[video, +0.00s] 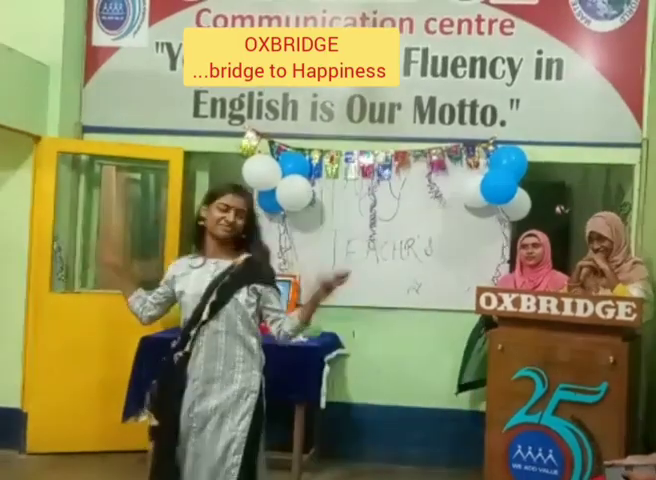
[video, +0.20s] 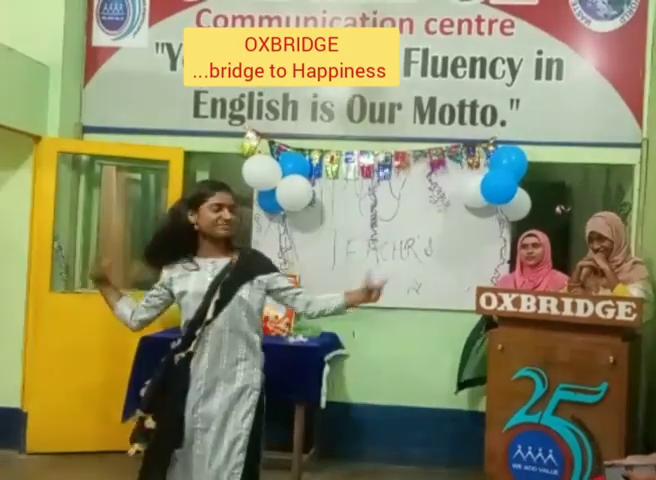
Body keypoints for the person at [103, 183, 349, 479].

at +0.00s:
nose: (230, 218)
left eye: (239, 215)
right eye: (223, 209)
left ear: (245, 225)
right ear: (204, 213)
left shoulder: (255, 270)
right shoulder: (183, 267)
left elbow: (282, 332)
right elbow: (148, 312)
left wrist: (318, 296)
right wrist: (120, 274)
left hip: (239, 387)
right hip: (193, 386)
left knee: (229, 469)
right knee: (188, 467)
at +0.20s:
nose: (227, 215)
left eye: (231, 209)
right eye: (216, 208)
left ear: (238, 216)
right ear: (194, 218)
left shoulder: (254, 265)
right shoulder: (178, 270)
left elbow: (305, 303)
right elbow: (136, 317)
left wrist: (355, 297)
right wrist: (107, 287)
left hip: (240, 387)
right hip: (191, 385)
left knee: (227, 471)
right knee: (181, 467)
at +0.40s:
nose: (219, 217)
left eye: (228, 209)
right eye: (213, 213)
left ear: (250, 215)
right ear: (209, 223)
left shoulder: (282, 269)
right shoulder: (205, 272)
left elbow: (342, 293)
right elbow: (144, 296)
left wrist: (401, 286)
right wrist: (103, 259)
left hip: (259, 389)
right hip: (209, 385)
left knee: (246, 467)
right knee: (199, 464)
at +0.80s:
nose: (239, 229)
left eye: (250, 222)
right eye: (236, 221)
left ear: (274, 227)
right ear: (231, 222)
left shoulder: (293, 278)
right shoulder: (227, 271)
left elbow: (327, 326)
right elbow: (182, 307)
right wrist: (154, 270)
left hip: (270, 384)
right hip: (224, 380)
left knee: (264, 465)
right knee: (219, 462)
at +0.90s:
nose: (240, 234)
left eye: (251, 227)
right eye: (236, 225)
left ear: (277, 229)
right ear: (231, 226)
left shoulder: (292, 281)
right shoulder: (226, 273)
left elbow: (274, 312)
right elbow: (169, 302)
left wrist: (275, 266)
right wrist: (145, 261)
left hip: (265, 390)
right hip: (220, 385)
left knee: (259, 469)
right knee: (209, 465)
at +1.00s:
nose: (234, 229)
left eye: (245, 223)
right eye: (231, 220)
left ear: (268, 229)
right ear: (225, 219)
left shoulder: (267, 273)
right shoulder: (229, 267)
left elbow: (206, 298)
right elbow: (169, 296)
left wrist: (186, 267)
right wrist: (133, 249)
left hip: (245, 379)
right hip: (213, 374)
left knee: (241, 463)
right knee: (203, 459)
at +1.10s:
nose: (225, 224)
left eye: (237, 221)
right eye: (223, 214)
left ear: (256, 230)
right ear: (217, 213)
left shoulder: (244, 265)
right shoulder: (223, 261)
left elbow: (168, 280)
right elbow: (156, 289)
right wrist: (115, 253)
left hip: (219, 368)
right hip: (197, 362)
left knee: (226, 454)